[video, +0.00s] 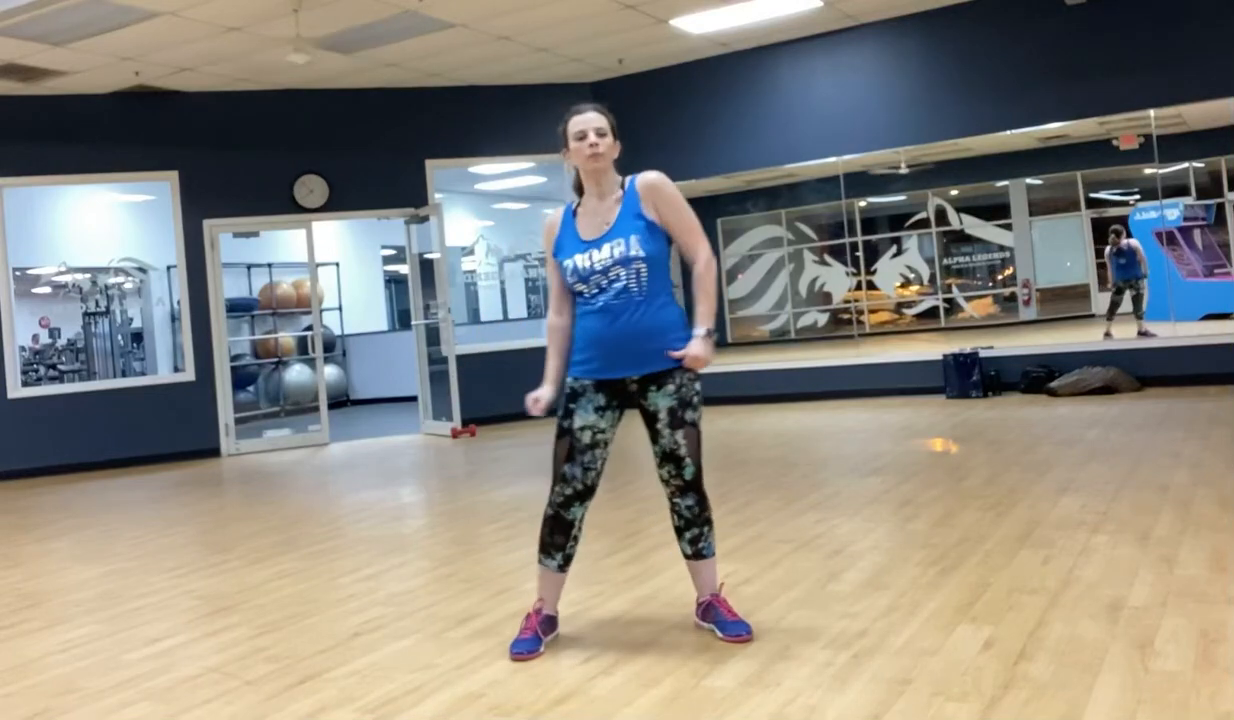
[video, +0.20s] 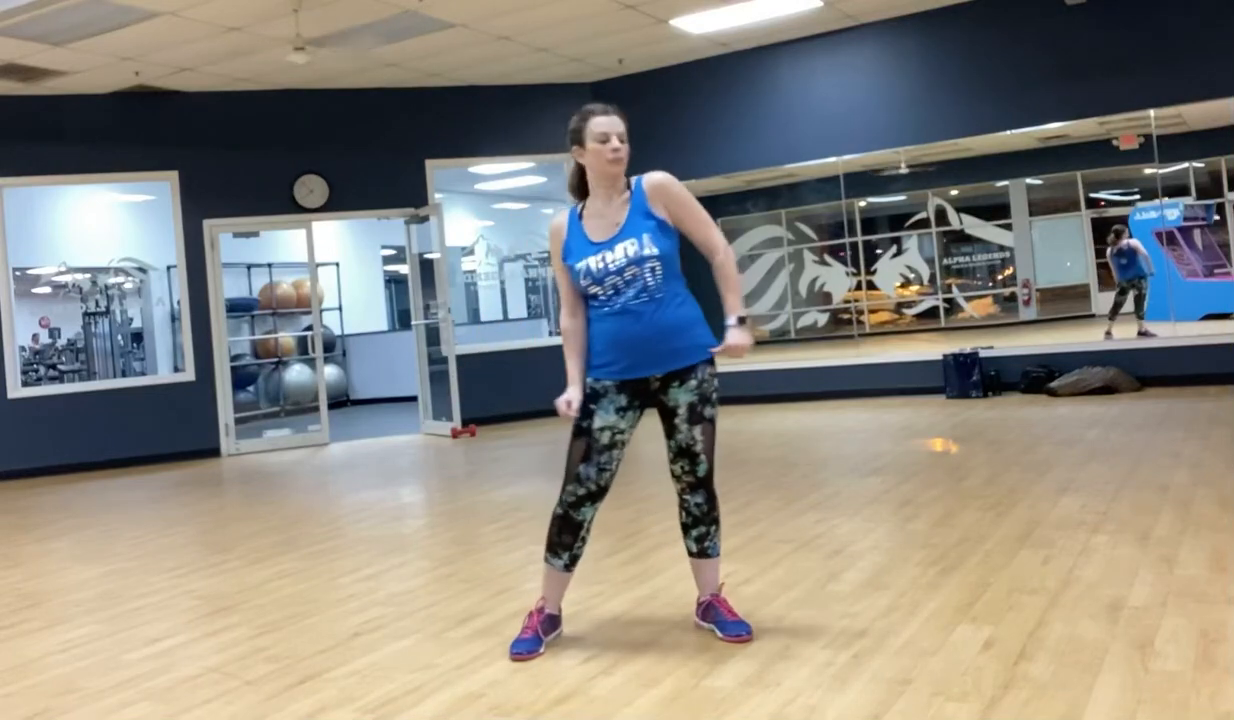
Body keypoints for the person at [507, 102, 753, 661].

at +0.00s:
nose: (593, 143)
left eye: (601, 134)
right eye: (581, 137)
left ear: (616, 143)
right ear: (567, 151)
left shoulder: (649, 188)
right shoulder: (559, 222)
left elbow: (703, 256)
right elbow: (559, 312)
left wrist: (703, 333)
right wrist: (550, 383)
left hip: (665, 367)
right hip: (591, 377)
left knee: (684, 483)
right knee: (569, 491)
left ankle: (711, 600)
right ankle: (544, 612)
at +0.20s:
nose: (617, 148)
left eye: (621, 139)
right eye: (604, 141)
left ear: (630, 146)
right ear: (579, 153)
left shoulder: (656, 189)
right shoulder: (565, 226)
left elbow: (718, 248)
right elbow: (572, 312)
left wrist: (735, 321)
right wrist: (575, 382)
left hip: (684, 364)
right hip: (612, 377)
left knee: (695, 480)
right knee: (580, 490)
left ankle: (712, 600)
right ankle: (547, 611)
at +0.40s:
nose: (634, 154)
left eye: (637, 146)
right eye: (623, 146)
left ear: (638, 152)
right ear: (590, 153)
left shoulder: (662, 202)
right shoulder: (560, 228)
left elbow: (728, 272)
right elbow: (562, 316)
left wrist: (776, 321)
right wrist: (584, 380)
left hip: (690, 362)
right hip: (617, 375)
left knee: (697, 480)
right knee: (588, 492)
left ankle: (710, 600)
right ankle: (549, 612)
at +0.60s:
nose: (633, 162)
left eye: (636, 152)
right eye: (622, 153)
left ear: (636, 157)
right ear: (589, 158)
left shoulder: (654, 219)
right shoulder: (551, 222)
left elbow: (709, 281)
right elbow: (538, 306)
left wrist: (771, 326)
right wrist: (568, 370)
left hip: (679, 368)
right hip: (607, 380)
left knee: (691, 482)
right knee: (584, 496)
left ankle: (710, 599)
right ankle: (549, 613)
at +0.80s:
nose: (616, 163)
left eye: (620, 153)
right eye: (603, 156)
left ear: (624, 157)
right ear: (574, 163)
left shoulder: (634, 230)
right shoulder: (542, 208)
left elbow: (674, 305)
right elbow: (505, 284)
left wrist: (735, 343)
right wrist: (522, 357)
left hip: (651, 371)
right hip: (579, 381)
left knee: (675, 485)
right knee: (570, 499)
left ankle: (709, 601)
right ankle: (547, 615)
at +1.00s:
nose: (594, 157)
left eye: (595, 147)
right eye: (580, 155)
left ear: (604, 150)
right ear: (559, 169)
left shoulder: (628, 229)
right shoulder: (539, 202)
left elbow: (643, 307)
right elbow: (486, 270)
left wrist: (683, 344)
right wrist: (464, 342)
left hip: (626, 371)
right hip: (555, 377)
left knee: (664, 482)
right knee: (554, 496)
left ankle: (705, 601)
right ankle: (546, 614)